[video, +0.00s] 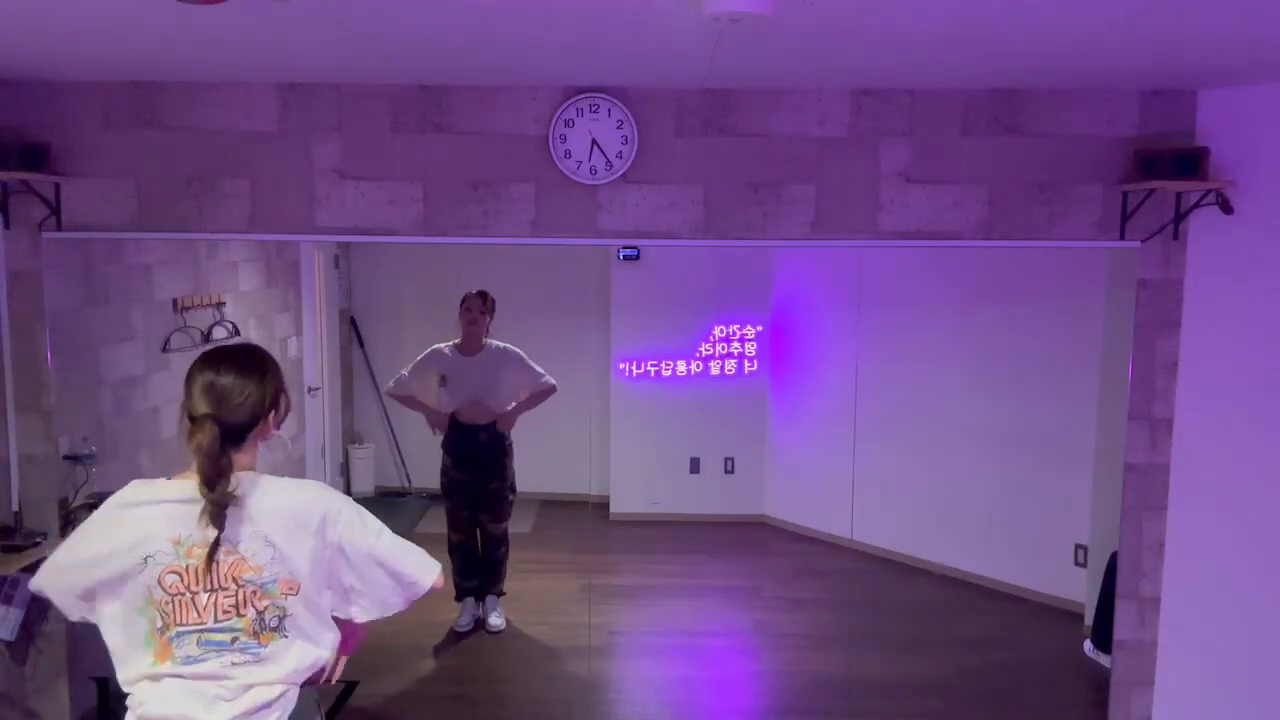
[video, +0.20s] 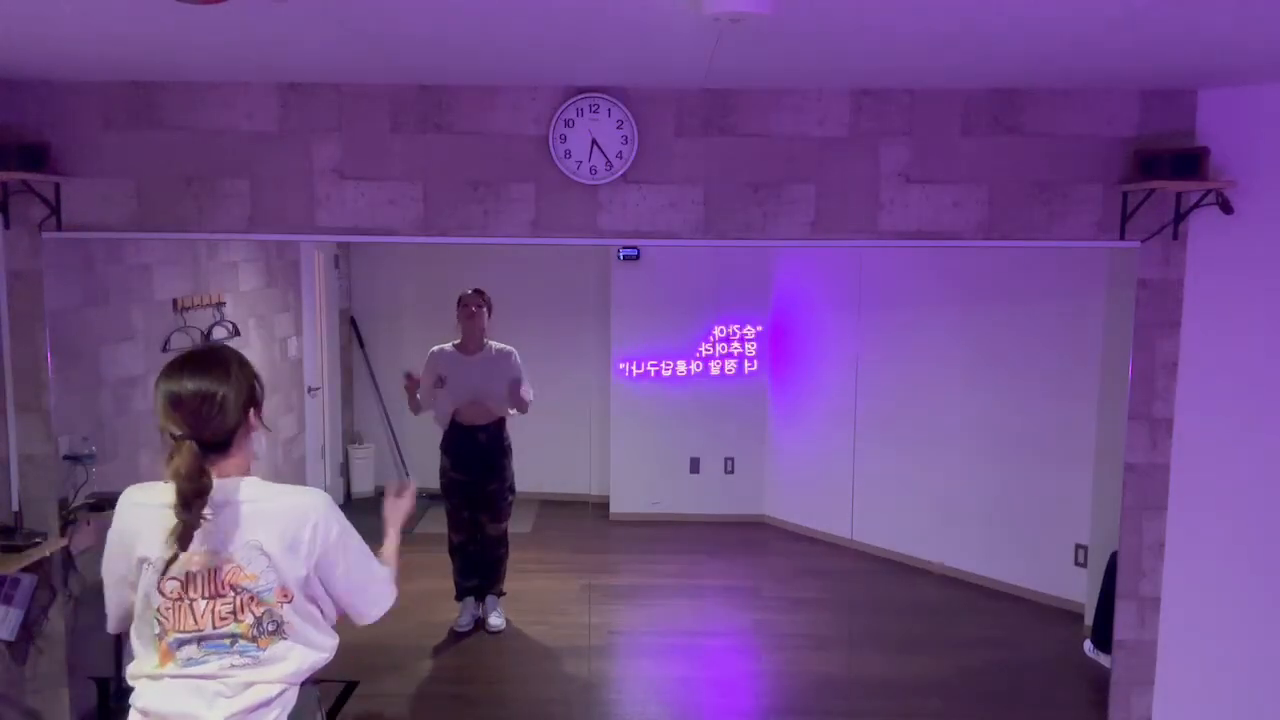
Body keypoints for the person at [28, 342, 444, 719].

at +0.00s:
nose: (283, 416)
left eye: (282, 404)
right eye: (282, 406)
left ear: (189, 411)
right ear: (271, 420)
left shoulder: (131, 507)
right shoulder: (312, 507)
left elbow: (55, 583)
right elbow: (429, 579)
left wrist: (138, 614)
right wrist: (351, 623)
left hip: (157, 708)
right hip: (270, 710)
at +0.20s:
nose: (261, 413)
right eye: (259, 402)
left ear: (168, 422)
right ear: (253, 417)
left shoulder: (136, 507)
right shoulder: (306, 511)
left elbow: (118, 615)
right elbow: (373, 603)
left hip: (154, 710)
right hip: (266, 710)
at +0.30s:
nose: (255, 409)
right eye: (252, 399)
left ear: (162, 424)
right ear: (247, 416)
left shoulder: (130, 513)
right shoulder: (302, 511)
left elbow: (138, 587)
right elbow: (349, 597)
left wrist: (145, 502)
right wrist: (418, 526)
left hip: (158, 713)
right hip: (268, 711)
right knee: (309, 691)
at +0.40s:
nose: (251, 410)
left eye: (249, 398)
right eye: (249, 400)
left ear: (158, 423)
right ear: (240, 418)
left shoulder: (124, 515)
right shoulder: (296, 513)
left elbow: (143, 593)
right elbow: (338, 596)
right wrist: (408, 536)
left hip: (156, 707)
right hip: (265, 706)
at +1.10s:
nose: (248, 417)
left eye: (246, 406)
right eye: (246, 407)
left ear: (158, 419)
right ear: (234, 420)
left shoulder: (127, 510)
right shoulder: (279, 507)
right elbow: (311, 620)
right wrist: (346, 561)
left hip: (126, 708)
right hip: (234, 710)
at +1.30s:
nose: (244, 421)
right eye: (242, 405)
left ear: (156, 424)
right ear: (230, 414)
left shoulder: (140, 515)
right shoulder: (295, 503)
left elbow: (144, 627)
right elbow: (333, 635)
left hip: (148, 707)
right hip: (254, 711)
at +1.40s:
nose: (249, 413)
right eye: (247, 401)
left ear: (162, 423)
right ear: (236, 411)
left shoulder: (155, 515)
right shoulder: (292, 507)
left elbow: (156, 627)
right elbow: (332, 647)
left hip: (164, 706)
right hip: (264, 709)